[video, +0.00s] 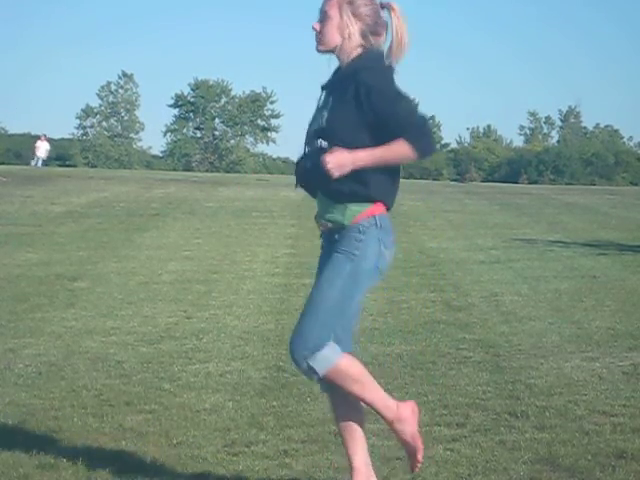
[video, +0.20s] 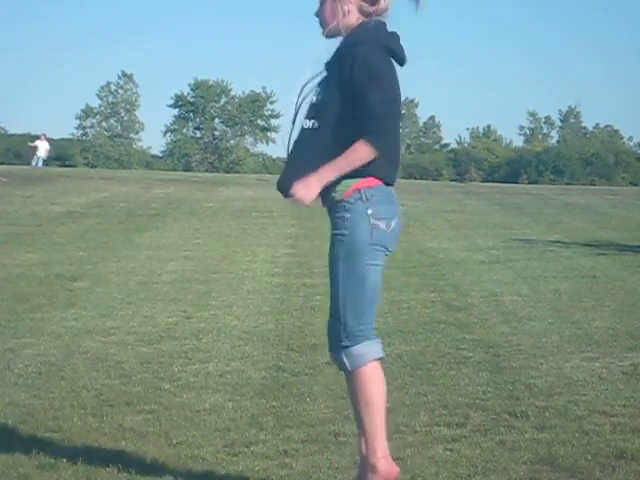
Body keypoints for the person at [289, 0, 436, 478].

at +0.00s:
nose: (315, 24)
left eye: (324, 16)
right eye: (319, 16)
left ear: (355, 25)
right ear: (348, 27)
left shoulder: (370, 73)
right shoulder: (339, 80)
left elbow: (420, 140)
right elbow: (334, 149)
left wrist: (354, 157)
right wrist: (312, 166)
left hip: (364, 232)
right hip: (337, 233)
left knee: (310, 346)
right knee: (332, 356)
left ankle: (398, 414)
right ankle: (362, 472)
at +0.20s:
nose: (320, 8)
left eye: (327, 1)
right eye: (322, 2)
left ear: (352, 5)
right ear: (354, 8)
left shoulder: (365, 48)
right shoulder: (354, 50)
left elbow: (378, 136)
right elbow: (366, 135)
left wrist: (319, 177)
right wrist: (312, 172)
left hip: (363, 207)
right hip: (355, 206)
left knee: (358, 340)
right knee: (345, 341)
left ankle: (380, 462)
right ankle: (370, 458)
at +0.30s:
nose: (325, 42)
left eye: (330, 33)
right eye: (327, 34)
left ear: (349, 36)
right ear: (364, 36)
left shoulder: (365, 85)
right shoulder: (369, 83)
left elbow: (345, 172)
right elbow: (356, 171)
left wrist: (290, 234)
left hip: (364, 235)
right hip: (364, 233)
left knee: (352, 365)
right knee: (338, 368)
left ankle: (396, 475)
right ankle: (390, 472)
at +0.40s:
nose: (324, 59)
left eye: (328, 50)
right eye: (325, 50)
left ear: (346, 56)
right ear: (365, 55)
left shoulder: (362, 107)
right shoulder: (379, 102)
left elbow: (359, 201)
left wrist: (284, 208)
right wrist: (380, 29)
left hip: (367, 259)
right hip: (375, 257)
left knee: (338, 383)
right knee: (292, 362)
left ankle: (392, 475)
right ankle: (364, 466)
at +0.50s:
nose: (319, 54)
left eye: (324, 45)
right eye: (321, 45)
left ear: (344, 48)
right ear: (352, 48)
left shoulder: (358, 98)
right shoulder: (378, 95)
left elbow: (364, 189)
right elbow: (400, 172)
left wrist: (305, 168)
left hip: (367, 248)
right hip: (372, 246)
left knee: (344, 377)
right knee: (272, 325)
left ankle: (395, 474)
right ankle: (334, 425)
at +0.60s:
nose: (312, 20)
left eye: (317, 10)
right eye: (313, 11)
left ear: (348, 9)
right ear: (349, 12)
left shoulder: (362, 65)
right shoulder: (355, 66)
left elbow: (344, 161)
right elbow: (353, 161)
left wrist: (282, 130)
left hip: (373, 225)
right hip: (351, 225)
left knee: (363, 357)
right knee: (278, 314)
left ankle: (391, 470)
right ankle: (315, 429)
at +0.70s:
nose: (319, 16)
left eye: (329, 5)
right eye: (316, 7)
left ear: (362, 7)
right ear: (318, 11)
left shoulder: (367, 57)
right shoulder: (346, 59)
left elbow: (306, 115)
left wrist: (228, 120)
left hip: (377, 221)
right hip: (337, 219)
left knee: (370, 352)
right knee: (295, 332)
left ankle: (393, 464)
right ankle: (297, 450)